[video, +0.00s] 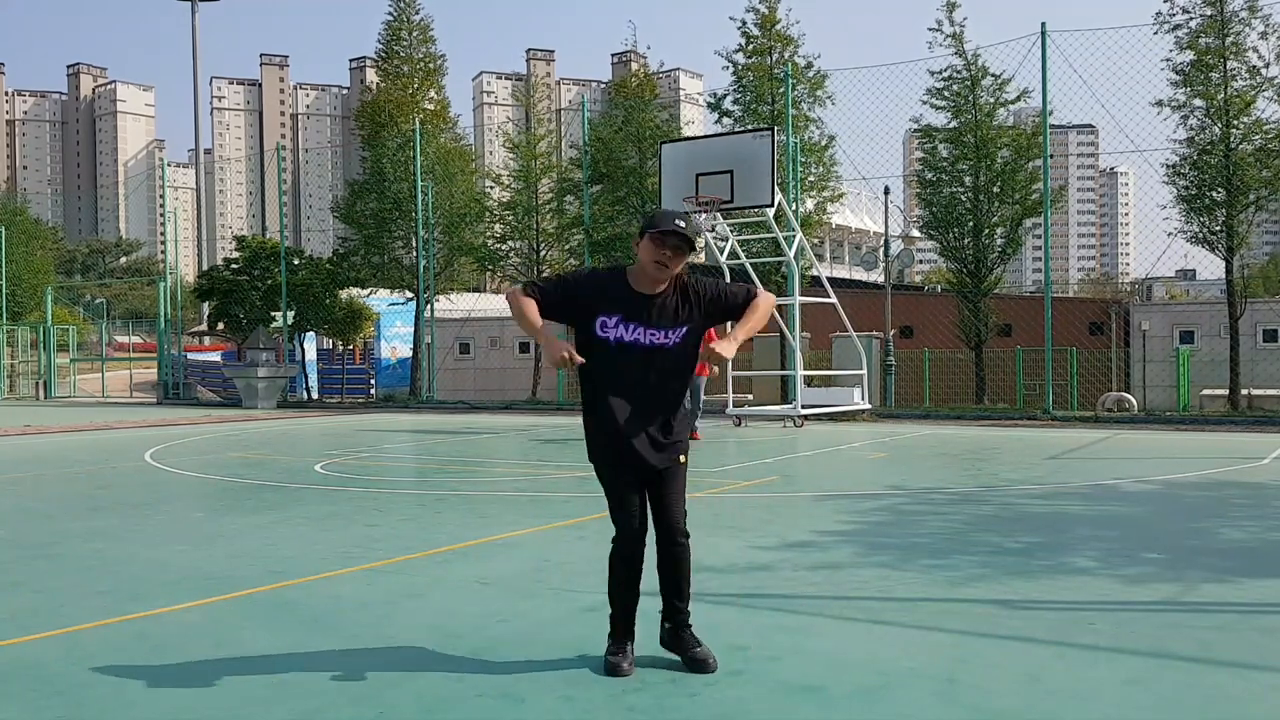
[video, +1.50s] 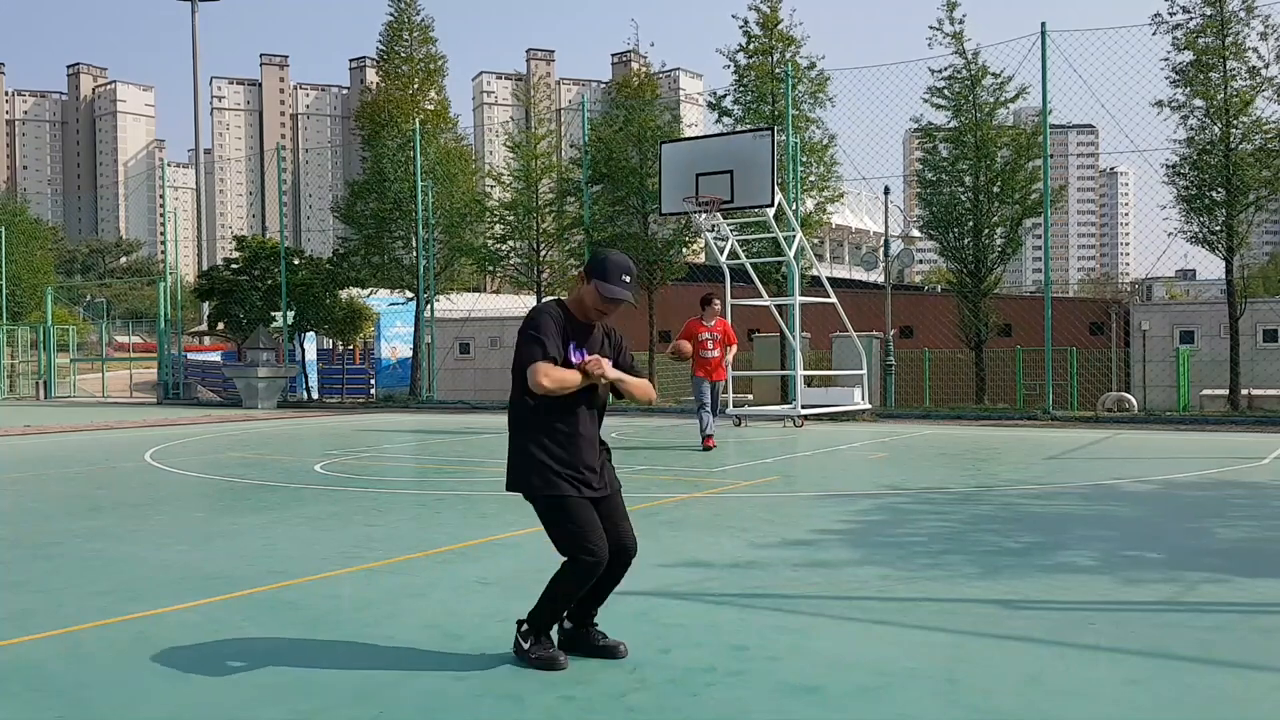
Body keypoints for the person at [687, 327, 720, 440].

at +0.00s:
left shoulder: (706, 327)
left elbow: (713, 344)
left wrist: (714, 363)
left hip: (700, 368)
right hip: (683, 370)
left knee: (698, 403)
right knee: (683, 403)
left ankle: (693, 428)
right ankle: (682, 430)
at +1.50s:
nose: (719, 308)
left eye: (720, 305)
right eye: (716, 305)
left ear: (719, 307)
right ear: (706, 307)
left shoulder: (724, 324)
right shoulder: (692, 324)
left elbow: (733, 344)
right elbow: (679, 341)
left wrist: (730, 356)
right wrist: (672, 349)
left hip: (718, 369)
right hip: (700, 369)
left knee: (714, 405)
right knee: (704, 403)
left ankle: (709, 435)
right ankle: (707, 436)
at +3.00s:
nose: (693, 305)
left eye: (695, 301)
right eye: (693, 301)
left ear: (704, 303)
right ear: (701, 303)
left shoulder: (723, 320)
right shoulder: (694, 323)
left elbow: (731, 343)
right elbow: (690, 347)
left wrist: (721, 362)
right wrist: (683, 361)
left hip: (719, 371)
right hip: (699, 372)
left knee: (724, 409)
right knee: (699, 409)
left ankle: (728, 441)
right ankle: (702, 445)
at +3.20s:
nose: (683, 304)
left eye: (685, 301)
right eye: (683, 301)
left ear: (693, 302)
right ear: (693, 302)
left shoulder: (710, 318)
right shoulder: (689, 322)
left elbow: (717, 343)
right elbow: (690, 343)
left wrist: (699, 361)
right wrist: (680, 353)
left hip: (707, 371)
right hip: (691, 372)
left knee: (710, 405)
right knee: (693, 411)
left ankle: (724, 433)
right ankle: (701, 445)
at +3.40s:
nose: (675, 305)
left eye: (676, 301)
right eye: (675, 301)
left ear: (683, 302)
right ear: (688, 301)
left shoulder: (696, 316)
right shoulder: (691, 318)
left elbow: (699, 341)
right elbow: (686, 343)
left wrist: (681, 358)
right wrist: (676, 356)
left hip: (697, 370)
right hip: (693, 369)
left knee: (688, 405)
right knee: (694, 405)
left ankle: (703, 443)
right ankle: (701, 444)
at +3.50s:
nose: (672, 305)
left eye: (673, 301)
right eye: (672, 301)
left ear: (679, 301)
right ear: (687, 300)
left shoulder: (689, 316)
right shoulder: (694, 316)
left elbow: (690, 341)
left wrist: (673, 359)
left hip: (691, 372)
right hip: (698, 372)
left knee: (680, 406)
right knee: (694, 408)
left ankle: (685, 446)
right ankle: (702, 445)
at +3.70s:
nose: (664, 305)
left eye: (665, 302)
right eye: (664, 302)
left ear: (669, 302)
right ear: (681, 302)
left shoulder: (674, 317)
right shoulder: (690, 319)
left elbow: (672, 344)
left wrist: (661, 361)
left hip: (680, 373)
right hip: (694, 372)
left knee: (670, 411)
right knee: (690, 410)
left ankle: (671, 449)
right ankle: (702, 445)